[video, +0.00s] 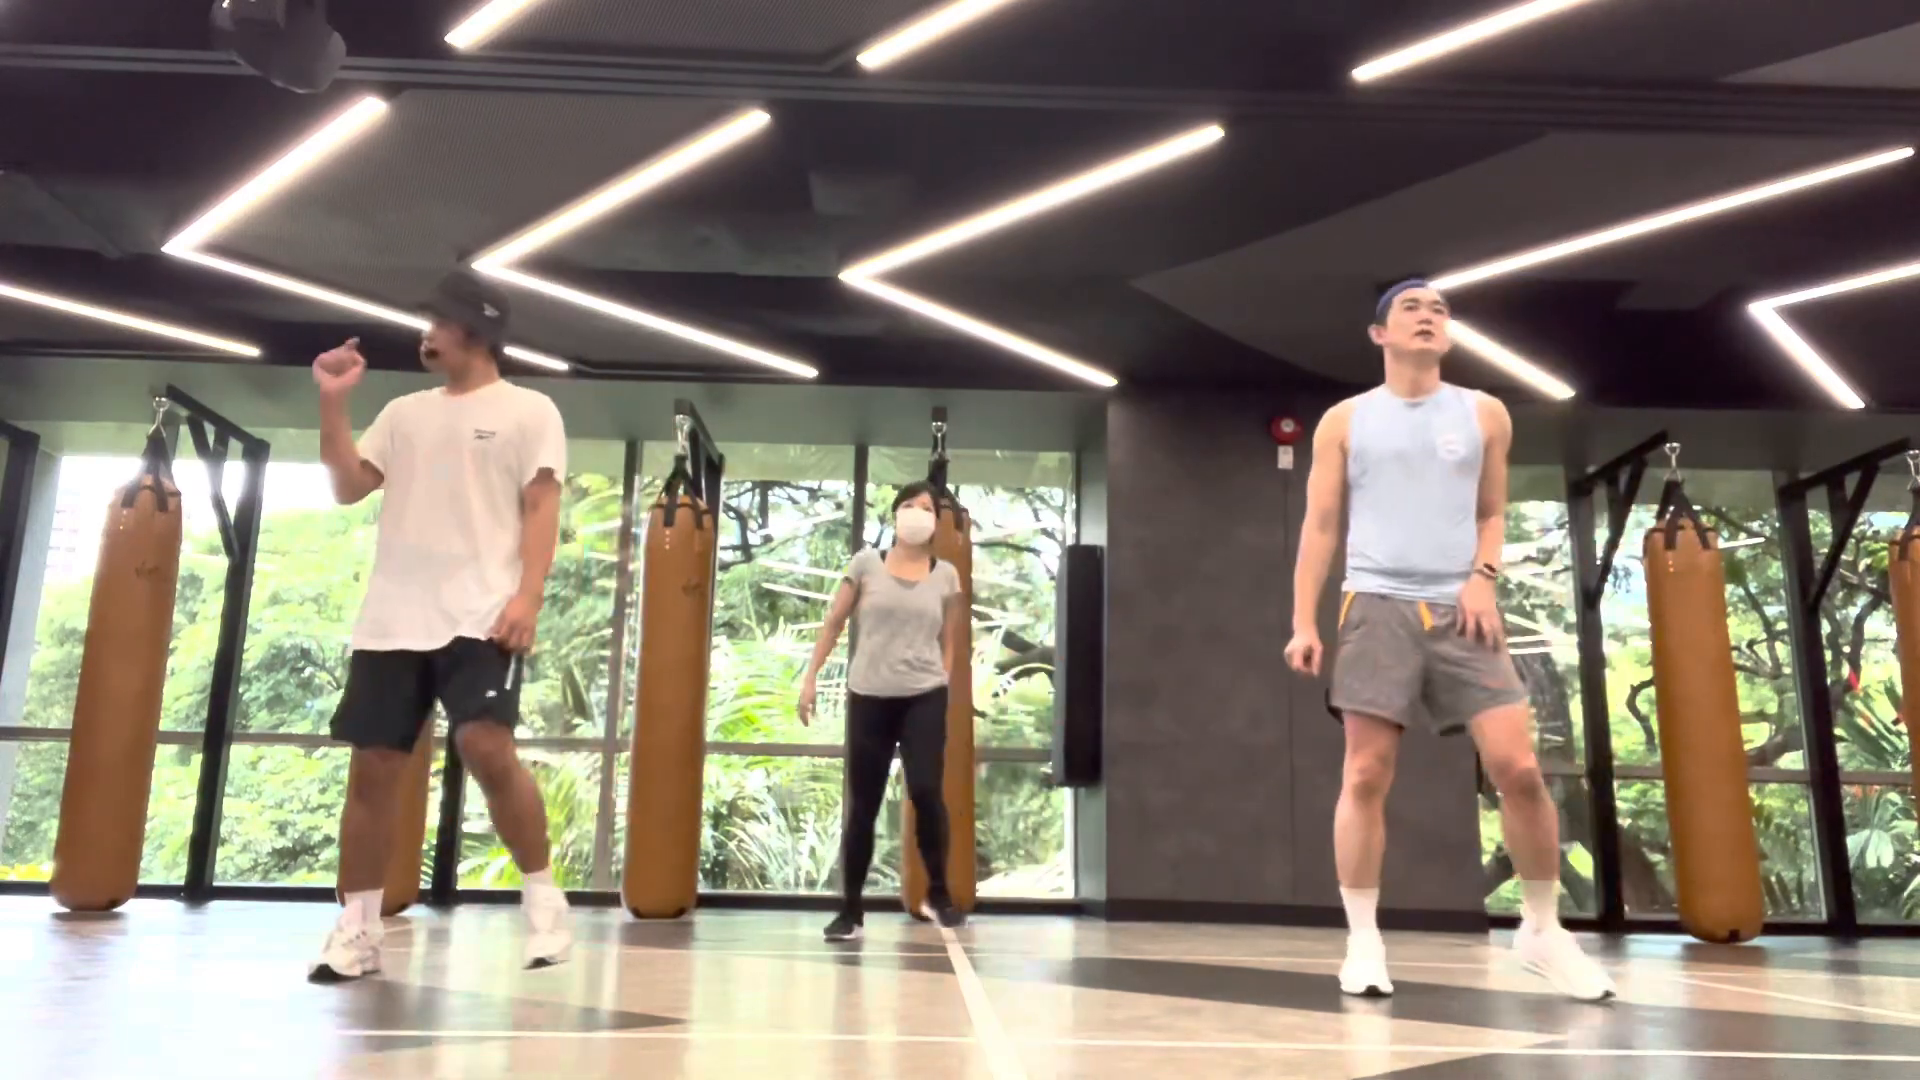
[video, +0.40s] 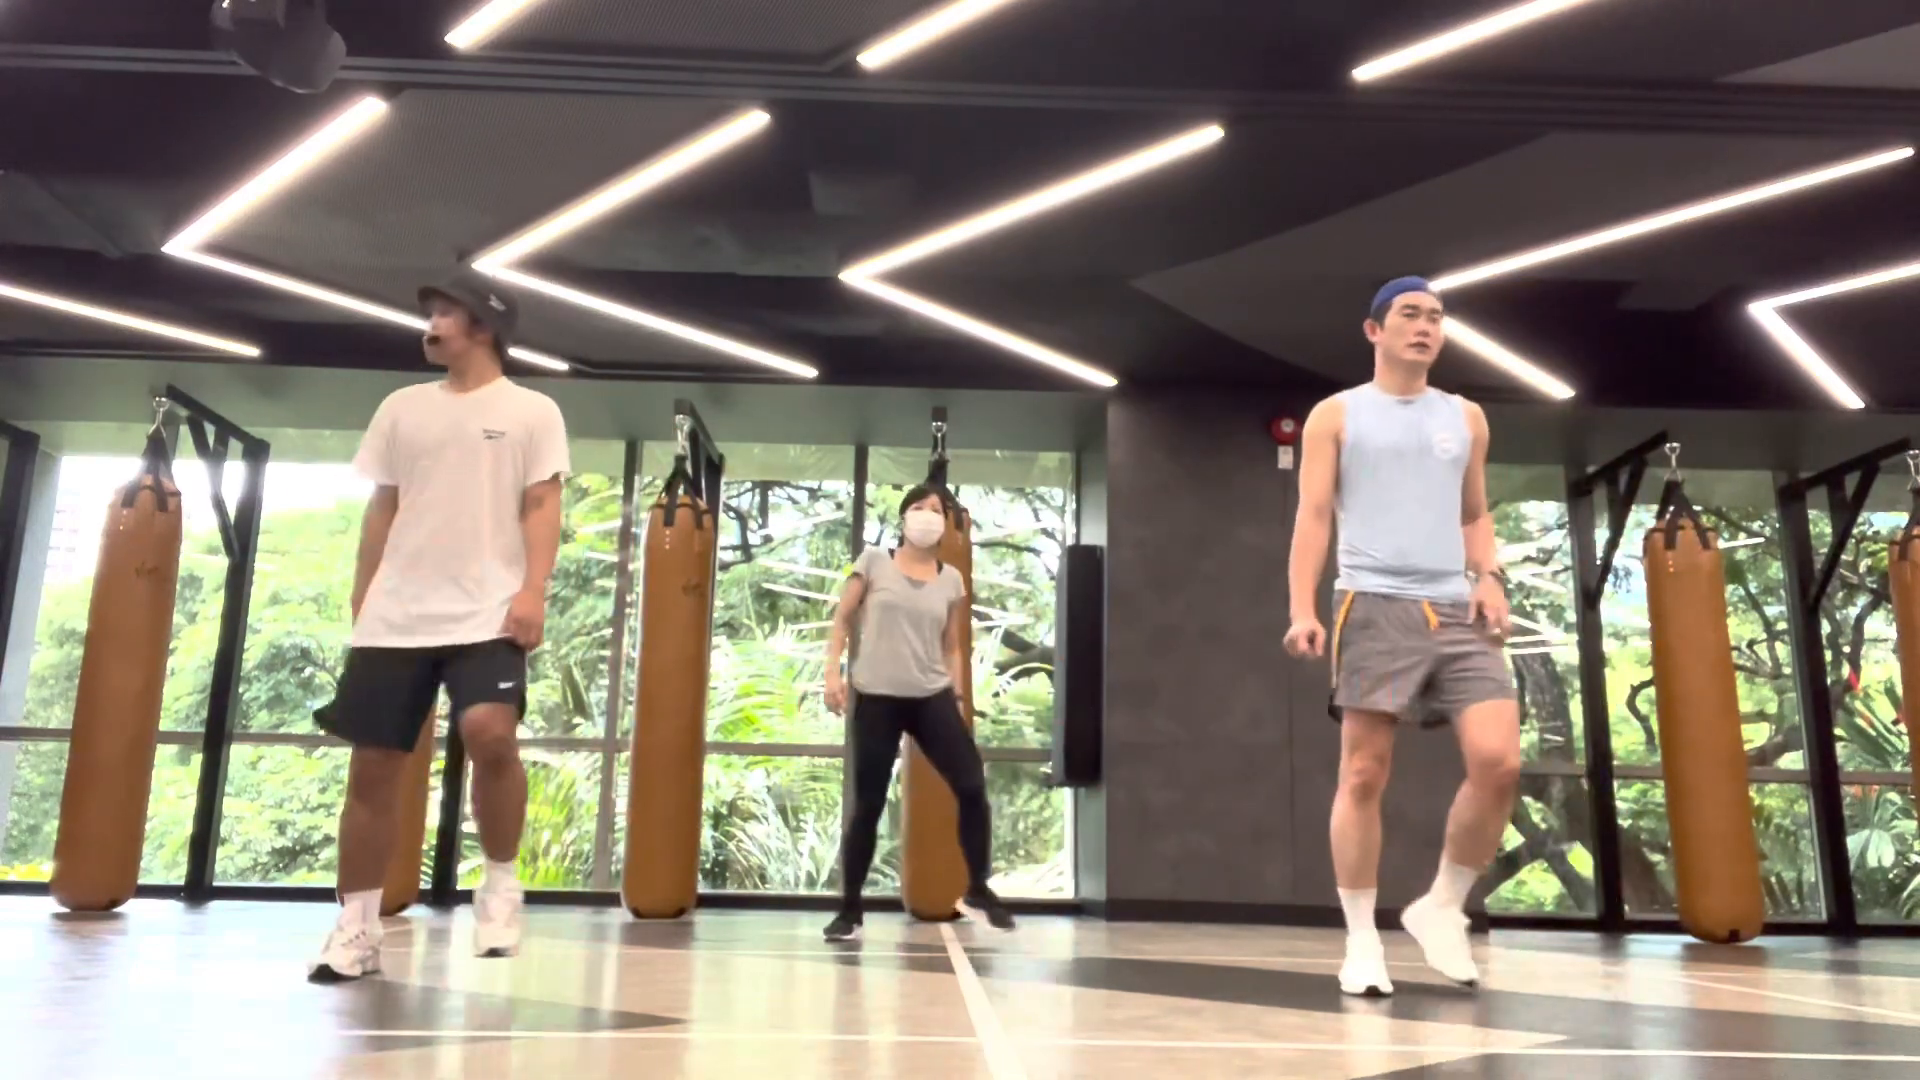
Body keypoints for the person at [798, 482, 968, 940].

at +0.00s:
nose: (917, 514)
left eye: (926, 509)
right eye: (909, 507)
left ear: (938, 523)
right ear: (894, 519)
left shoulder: (946, 576)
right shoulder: (867, 562)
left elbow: (948, 640)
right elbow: (833, 623)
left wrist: (944, 689)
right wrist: (810, 677)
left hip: (926, 695)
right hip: (869, 695)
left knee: (926, 792)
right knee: (861, 807)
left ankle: (938, 894)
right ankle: (851, 911)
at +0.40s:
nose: (927, 517)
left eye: (937, 512)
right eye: (919, 509)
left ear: (947, 527)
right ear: (902, 521)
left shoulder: (952, 579)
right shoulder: (874, 560)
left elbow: (953, 646)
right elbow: (842, 617)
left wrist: (959, 700)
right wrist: (832, 673)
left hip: (932, 698)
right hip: (875, 697)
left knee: (972, 787)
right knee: (865, 805)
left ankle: (978, 888)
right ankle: (850, 909)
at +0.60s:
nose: (963, 525)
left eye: (970, 520)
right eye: (953, 519)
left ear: (979, 535)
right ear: (933, 533)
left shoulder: (989, 591)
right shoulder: (913, 574)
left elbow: (988, 650)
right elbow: (884, 636)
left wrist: (992, 700)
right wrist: (868, 695)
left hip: (971, 711)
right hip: (913, 708)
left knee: (1004, 808)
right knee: (887, 810)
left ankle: (1040, 908)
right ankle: (851, 909)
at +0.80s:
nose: (1001, 518)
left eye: (1008, 512)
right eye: (992, 512)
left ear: (1019, 526)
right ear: (976, 526)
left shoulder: (1033, 580)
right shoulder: (957, 567)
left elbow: (1041, 647)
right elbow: (932, 633)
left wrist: (1049, 698)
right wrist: (918, 691)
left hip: (1014, 708)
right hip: (958, 703)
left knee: (1029, 811)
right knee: (924, 803)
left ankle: (1040, 913)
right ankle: (881, 896)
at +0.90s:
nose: (1011, 515)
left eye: (1018, 509)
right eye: (1002, 509)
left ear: (1029, 523)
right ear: (986, 523)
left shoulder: (1045, 577)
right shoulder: (966, 565)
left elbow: (1059, 641)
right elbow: (943, 631)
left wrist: (1071, 698)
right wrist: (933, 688)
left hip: (1023, 702)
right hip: (968, 699)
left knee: (1032, 809)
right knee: (953, 799)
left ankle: (1040, 913)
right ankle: (925, 889)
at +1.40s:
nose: (983, 520)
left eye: (991, 514)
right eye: (973, 515)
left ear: (1003, 528)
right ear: (959, 530)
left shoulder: (1022, 573)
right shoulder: (942, 579)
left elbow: (1036, 634)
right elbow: (931, 646)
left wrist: (1034, 684)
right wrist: (924, 705)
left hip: (1007, 707)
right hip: (949, 704)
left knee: (1021, 810)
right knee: (903, 798)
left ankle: (1040, 913)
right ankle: (874, 892)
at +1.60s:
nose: (937, 532)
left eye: (946, 525)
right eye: (928, 524)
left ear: (959, 537)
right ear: (911, 534)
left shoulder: (970, 589)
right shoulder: (890, 587)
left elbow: (988, 651)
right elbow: (880, 654)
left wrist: (996, 697)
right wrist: (872, 707)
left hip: (951, 718)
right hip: (892, 717)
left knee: (989, 813)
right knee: (852, 814)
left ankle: (1037, 907)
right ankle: (823, 907)